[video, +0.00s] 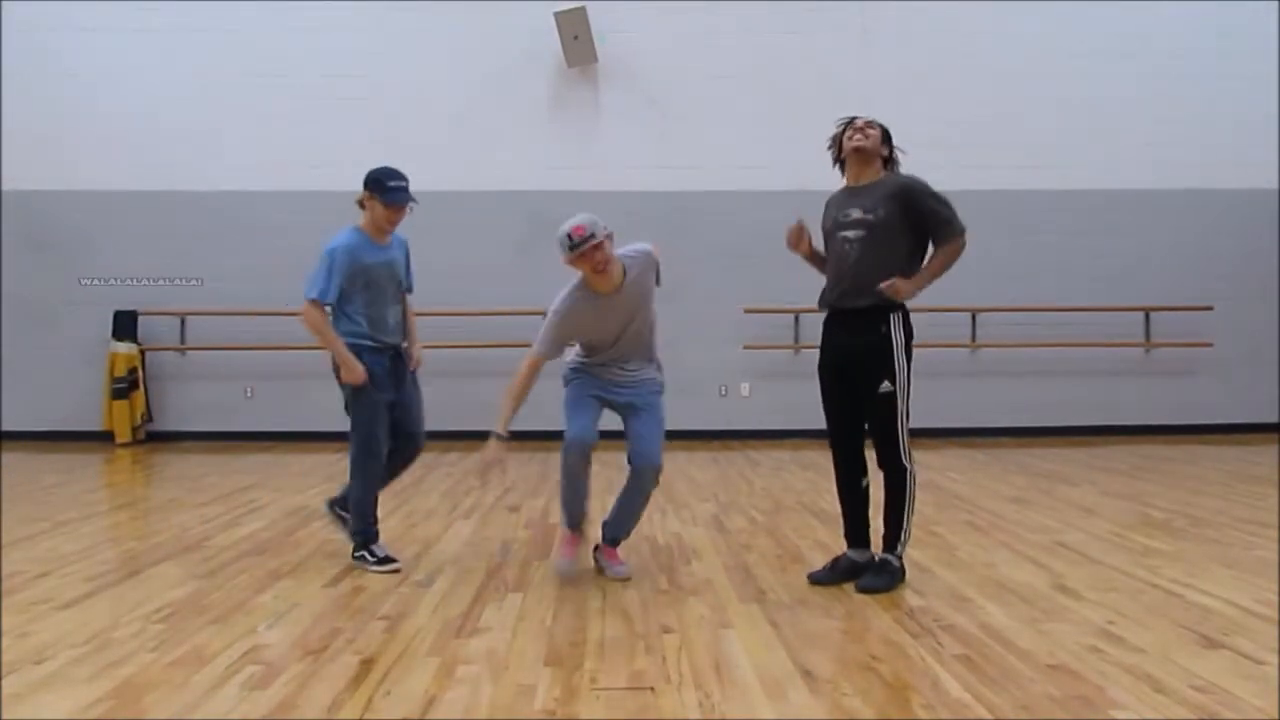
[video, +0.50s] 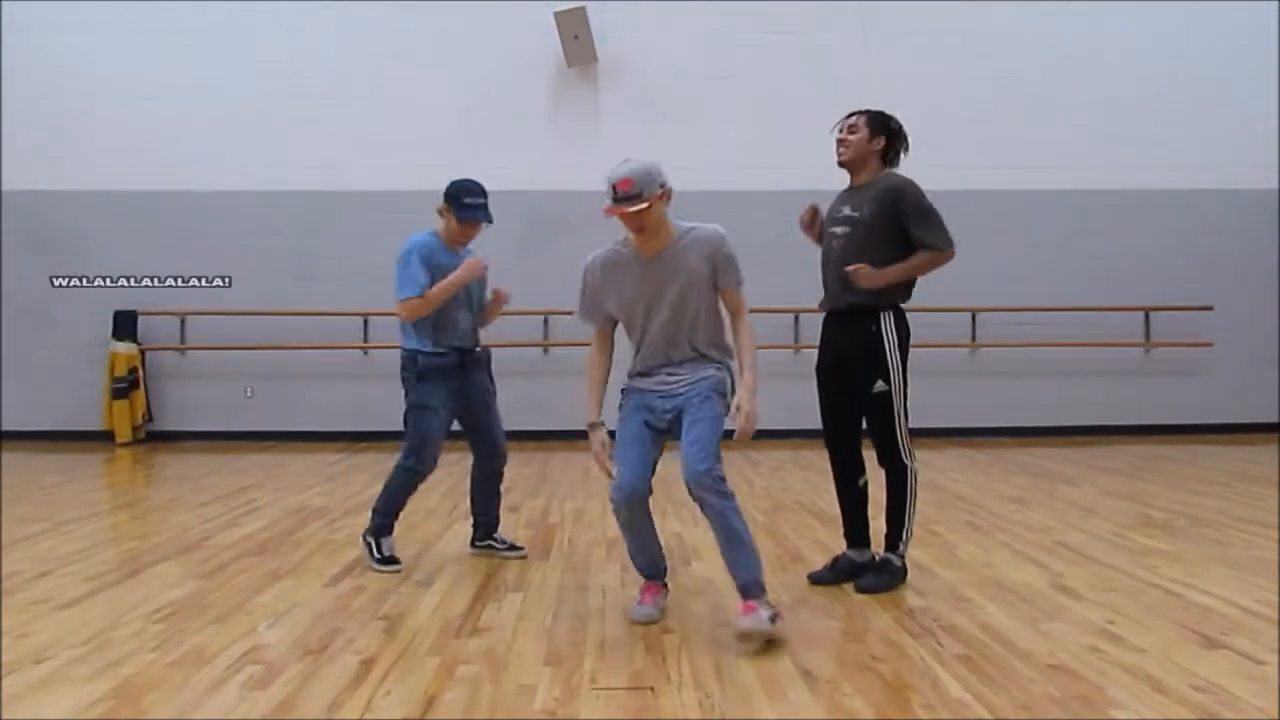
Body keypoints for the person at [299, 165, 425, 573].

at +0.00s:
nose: (397, 215)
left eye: (402, 207)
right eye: (389, 207)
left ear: (407, 207)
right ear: (366, 202)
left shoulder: (399, 246)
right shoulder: (343, 249)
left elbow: (404, 298)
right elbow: (311, 309)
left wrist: (413, 342)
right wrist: (345, 358)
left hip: (397, 358)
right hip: (361, 360)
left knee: (410, 441)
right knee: (371, 448)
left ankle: (349, 499)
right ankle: (365, 542)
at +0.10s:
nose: (414, 215)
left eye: (420, 207)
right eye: (407, 206)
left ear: (424, 206)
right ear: (384, 201)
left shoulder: (407, 244)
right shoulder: (359, 245)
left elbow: (404, 290)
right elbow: (314, 293)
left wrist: (418, 321)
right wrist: (354, 335)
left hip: (410, 354)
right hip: (374, 358)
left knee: (431, 435)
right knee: (375, 447)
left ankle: (398, 521)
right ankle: (364, 542)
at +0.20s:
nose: (429, 216)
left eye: (435, 208)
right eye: (422, 207)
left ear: (439, 208)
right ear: (399, 201)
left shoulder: (417, 244)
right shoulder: (376, 240)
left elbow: (407, 294)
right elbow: (325, 284)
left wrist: (428, 325)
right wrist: (369, 326)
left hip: (421, 357)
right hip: (385, 359)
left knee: (441, 435)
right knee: (375, 447)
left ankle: (454, 527)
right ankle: (364, 542)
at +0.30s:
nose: (445, 220)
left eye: (450, 212)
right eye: (438, 211)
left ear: (455, 213)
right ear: (415, 205)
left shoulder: (432, 250)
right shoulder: (388, 245)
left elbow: (429, 303)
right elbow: (348, 293)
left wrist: (447, 331)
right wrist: (400, 307)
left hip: (435, 364)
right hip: (396, 366)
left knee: (457, 447)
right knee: (380, 451)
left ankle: (481, 531)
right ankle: (364, 542)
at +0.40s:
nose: (461, 224)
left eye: (466, 216)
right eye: (454, 215)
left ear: (471, 216)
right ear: (430, 210)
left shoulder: (450, 255)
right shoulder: (406, 247)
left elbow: (447, 308)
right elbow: (383, 305)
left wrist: (476, 317)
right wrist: (438, 295)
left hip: (455, 365)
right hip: (415, 367)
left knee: (479, 448)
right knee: (404, 454)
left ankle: (485, 533)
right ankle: (368, 540)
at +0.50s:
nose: (471, 231)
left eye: (478, 223)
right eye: (464, 222)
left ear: (485, 221)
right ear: (443, 213)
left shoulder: (470, 258)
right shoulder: (417, 250)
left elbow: (472, 322)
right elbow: (408, 311)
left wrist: (493, 307)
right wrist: (460, 278)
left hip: (470, 365)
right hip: (428, 368)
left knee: (491, 450)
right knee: (421, 457)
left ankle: (485, 533)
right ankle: (378, 532)